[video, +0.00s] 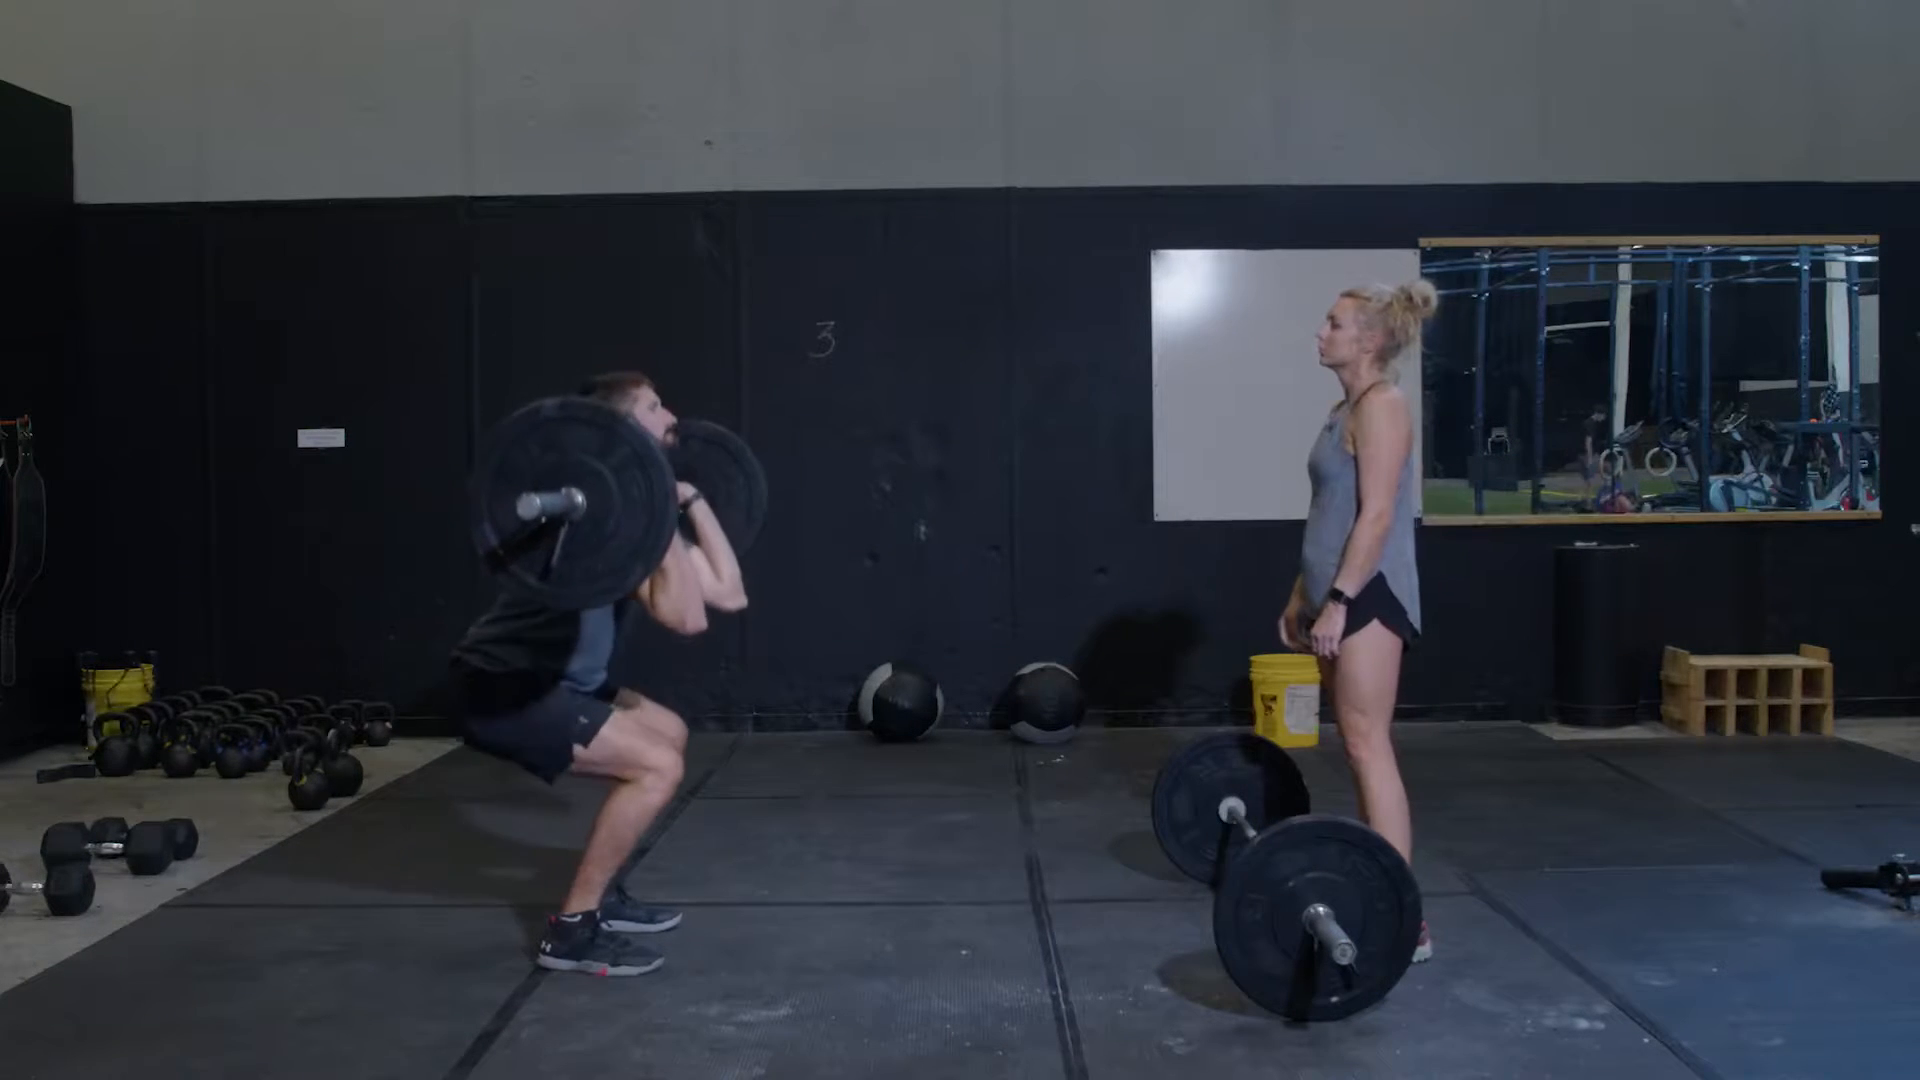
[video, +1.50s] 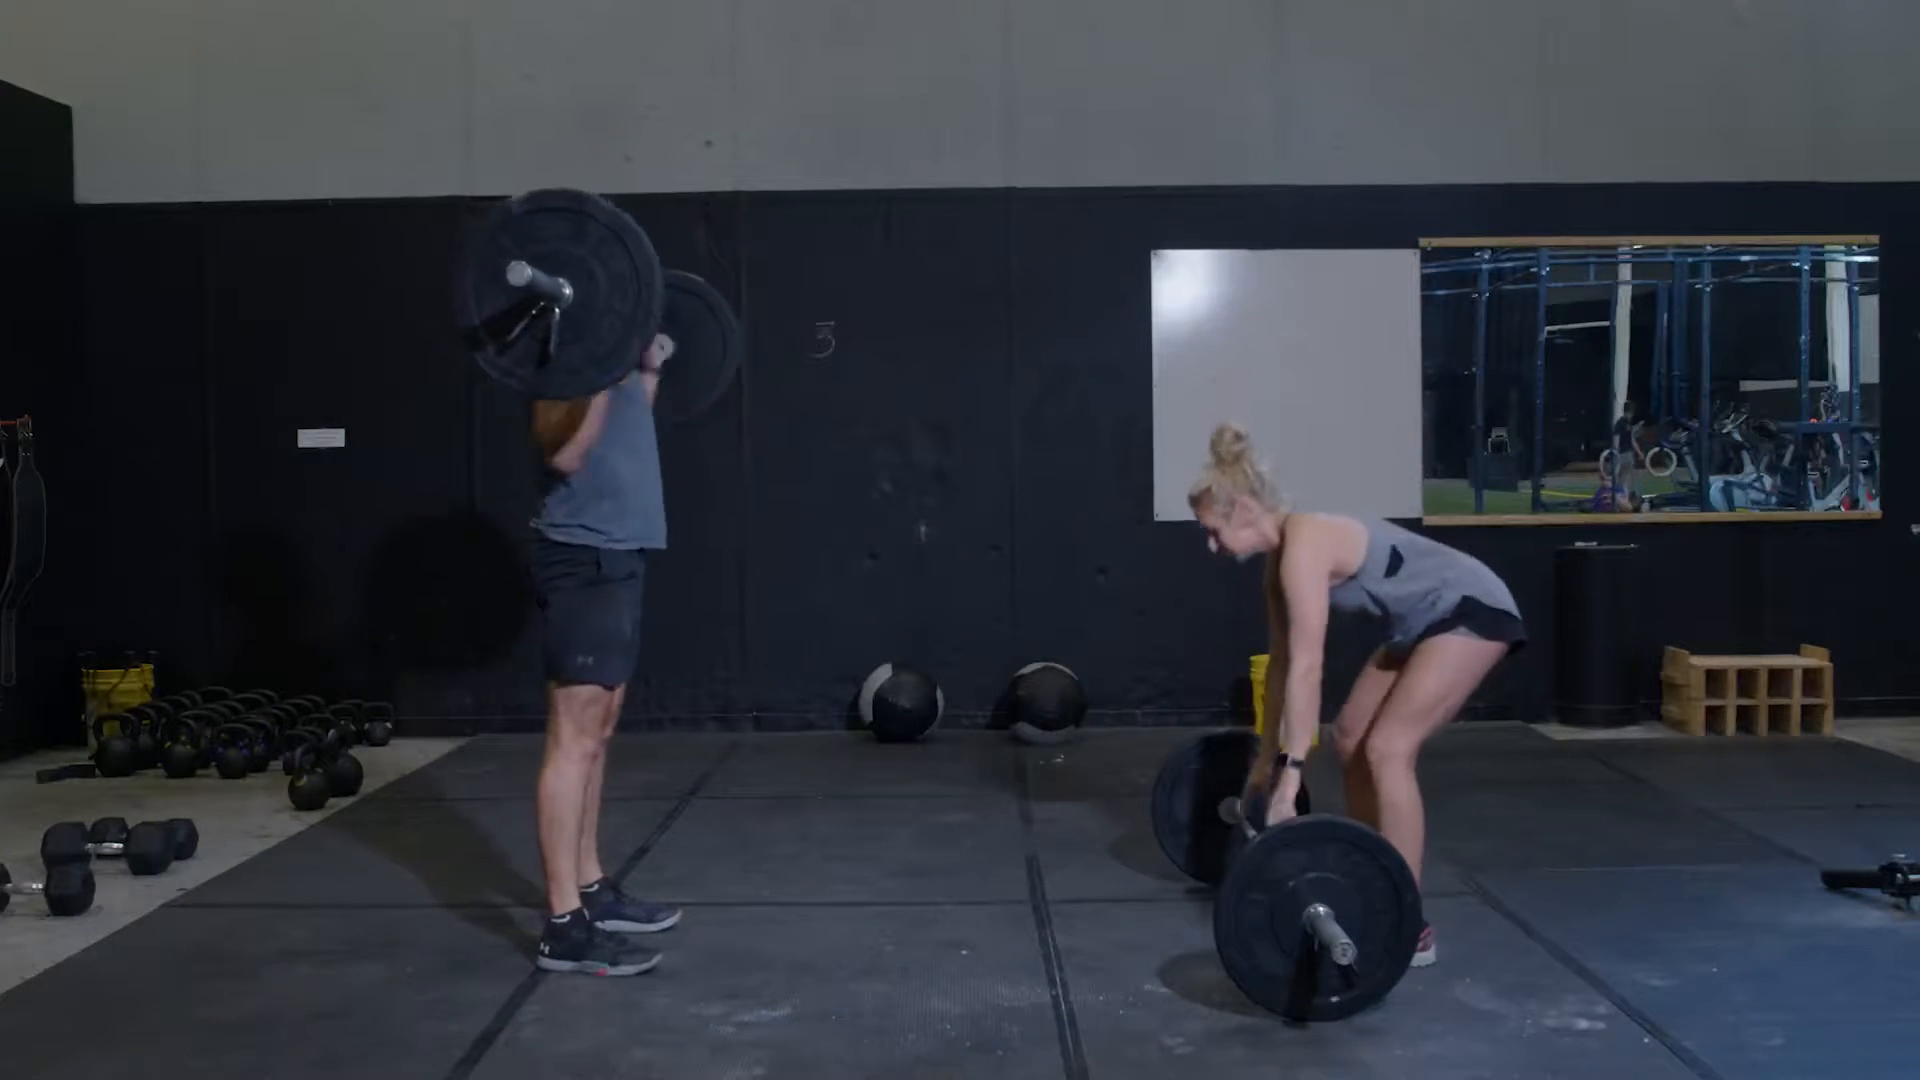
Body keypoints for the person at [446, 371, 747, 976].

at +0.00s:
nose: (670, 418)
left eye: (663, 407)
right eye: (654, 409)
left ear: (633, 430)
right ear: (619, 428)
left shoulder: (638, 503)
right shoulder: (604, 503)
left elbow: (730, 593)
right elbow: (685, 616)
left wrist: (693, 499)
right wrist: (665, 515)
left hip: (548, 678)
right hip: (507, 692)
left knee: (669, 732)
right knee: (657, 768)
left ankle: (602, 895)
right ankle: (571, 925)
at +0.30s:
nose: (672, 486)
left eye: (664, 474)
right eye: (656, 477)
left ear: (628, 497)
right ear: (624, 496)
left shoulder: (638, 561)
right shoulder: (614, 565)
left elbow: (721, 667)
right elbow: (679, 692)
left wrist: (692, 573)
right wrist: (656, 581)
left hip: (532, 718)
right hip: (495, 742)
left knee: (670, 737)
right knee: (664, 772)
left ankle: (604, 896)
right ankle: (573, 927)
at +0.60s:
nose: (668, 454)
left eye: (661, 442)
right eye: (653, 445)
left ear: (620, 463)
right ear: (617, 462)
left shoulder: (631, 527)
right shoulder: (597, 531)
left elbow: (712, 636)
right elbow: (669, 654)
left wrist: (683, 540)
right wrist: (649, 540)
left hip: (522, 692)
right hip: (484, 711)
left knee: (657, 729)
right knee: (649, 763)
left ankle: (598, 895)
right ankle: (571, 927)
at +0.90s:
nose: (635, 358)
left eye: (632, 346)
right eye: (617, 347)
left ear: (628, 362)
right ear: (583, 360)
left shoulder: (607, 428)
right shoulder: (566, 431)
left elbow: (708, 527)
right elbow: (669, 530)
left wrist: (660, 420)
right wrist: (635, 425)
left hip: (543, 625)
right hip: (496, 630)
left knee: (649, 729)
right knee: (628, 751)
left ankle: (596, 894)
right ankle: (569, 927)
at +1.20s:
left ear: (604, 281)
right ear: (585, 277)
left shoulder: (623, 344)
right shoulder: (578, 335)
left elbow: (710, 400)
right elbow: (663, 398)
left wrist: (652, 317)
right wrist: (633, 317)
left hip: (603, 550)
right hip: (564, 548)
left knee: (608, 723)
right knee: (580, 734)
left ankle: (592, 891)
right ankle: (563, 923)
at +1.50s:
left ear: (616, 292)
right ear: (576, 289)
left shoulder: (612, 356)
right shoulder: (557, 357)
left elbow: (626, 431)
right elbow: (563, 456)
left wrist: (648, 373)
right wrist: (599, 368)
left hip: (619, 552)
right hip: (583, 554)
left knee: (600, 720)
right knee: (576, 727)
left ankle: (589, 889)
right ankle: (562, 921)